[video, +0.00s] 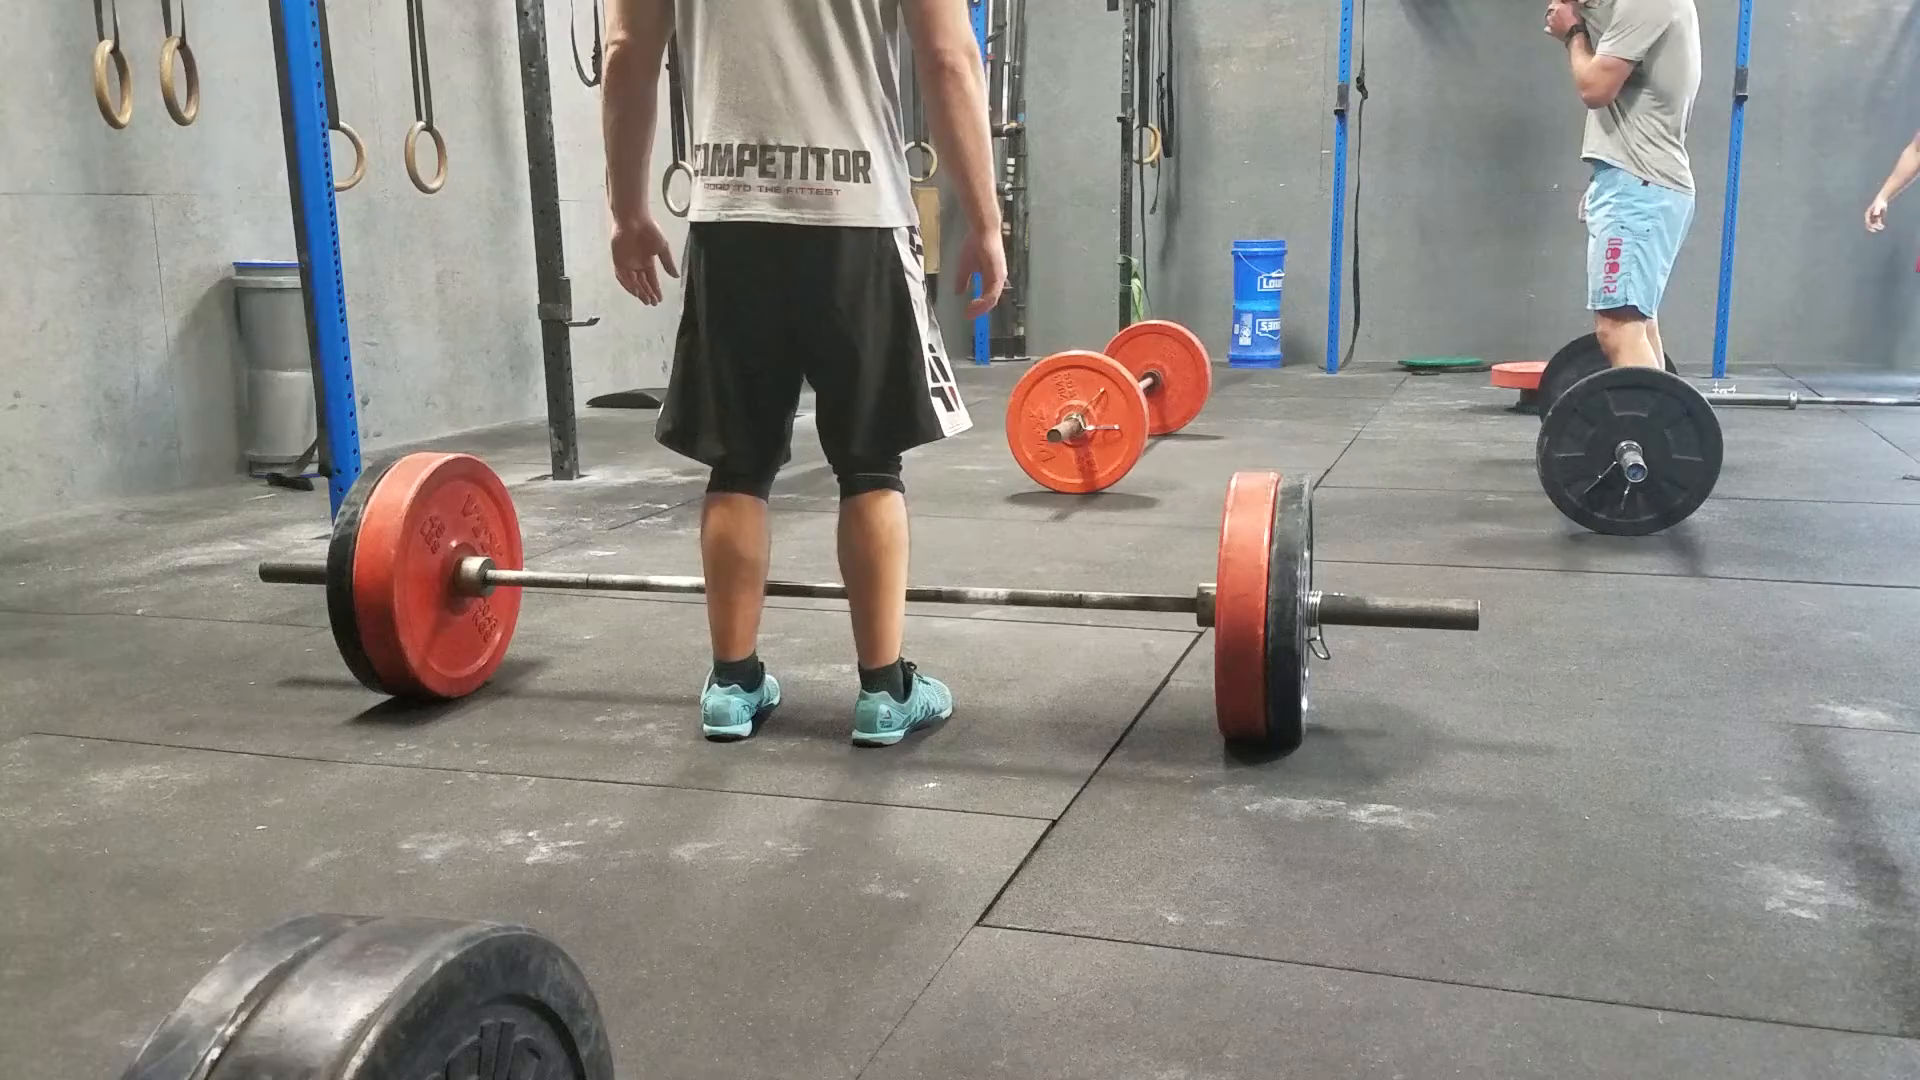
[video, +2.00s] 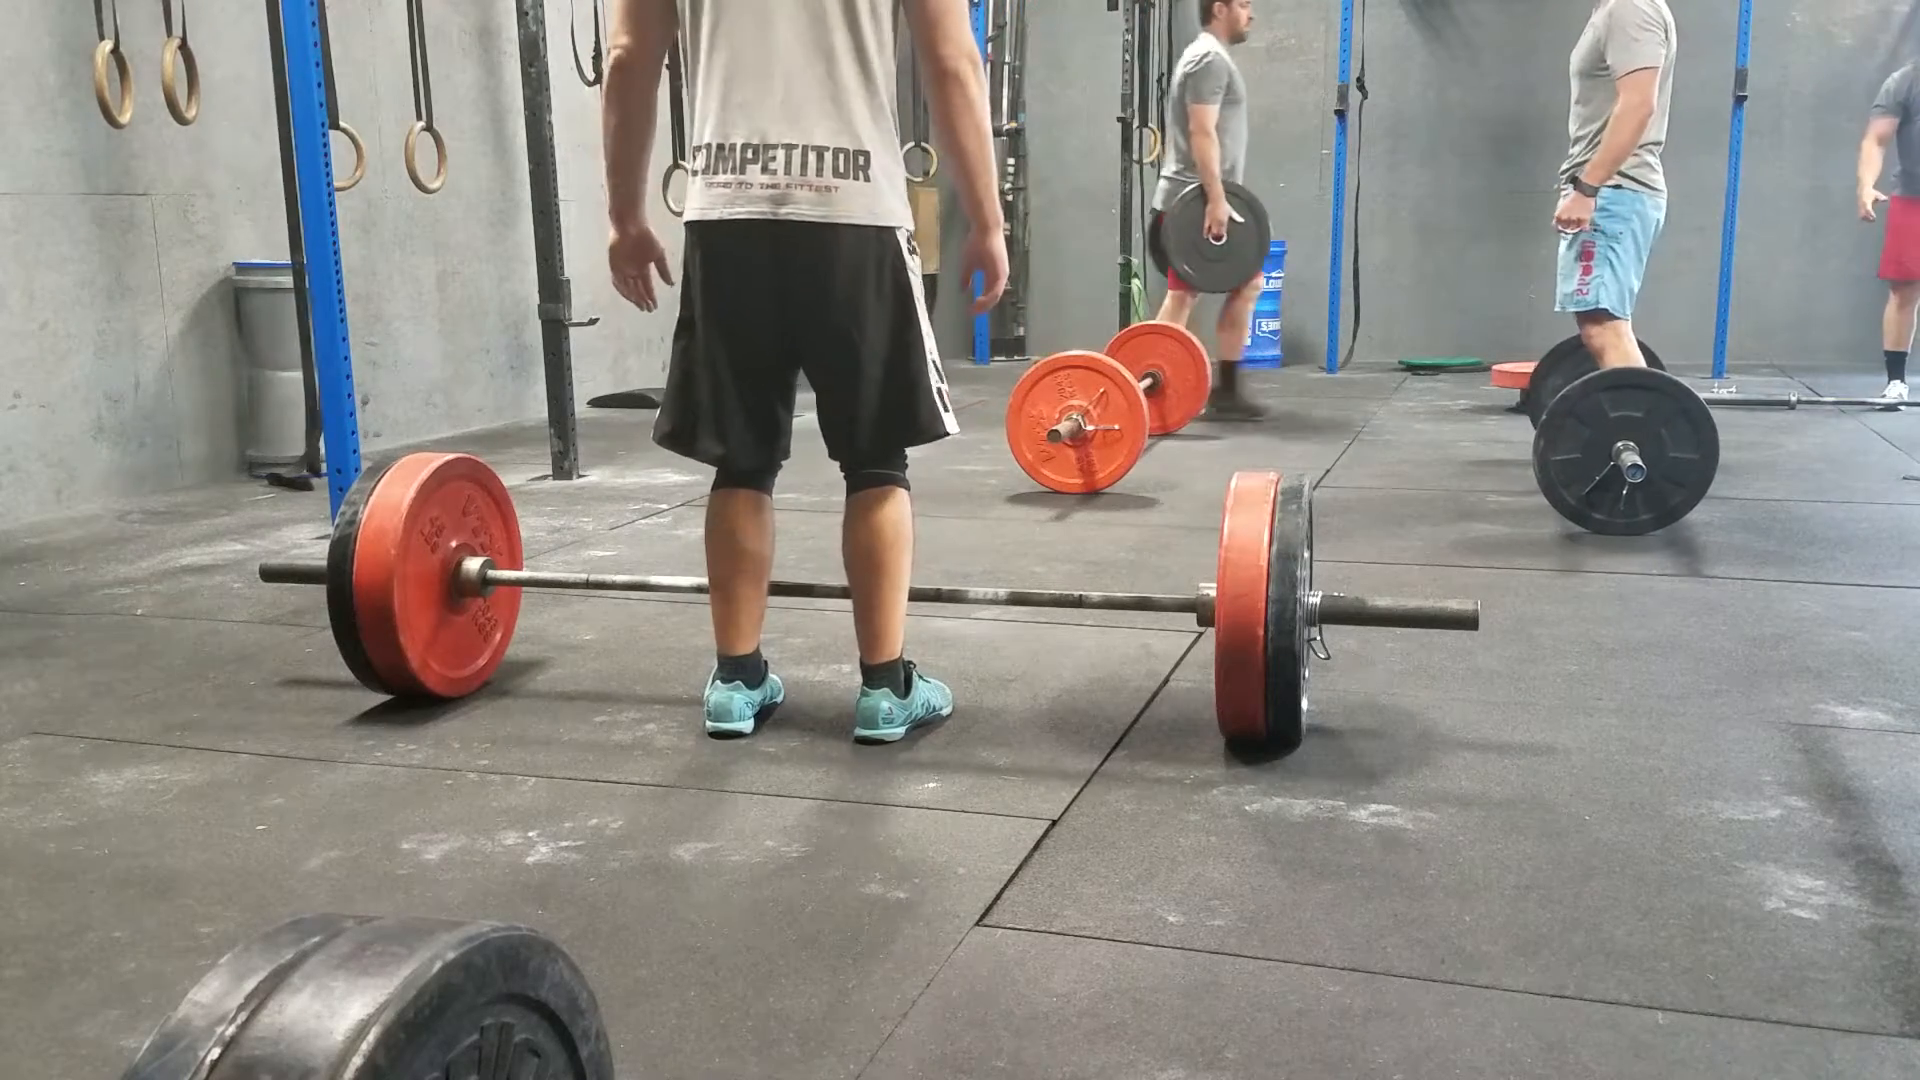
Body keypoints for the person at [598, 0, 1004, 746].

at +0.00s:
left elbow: (630, 49)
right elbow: (947, 56)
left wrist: (628, 208)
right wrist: (984, 219)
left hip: (728, 217)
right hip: (857, 218)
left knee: (737, 464)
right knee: (871, 466)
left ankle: (730, 683)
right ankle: (884, 688)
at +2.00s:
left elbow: (631, 54)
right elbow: (951, 62)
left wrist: (626, 215)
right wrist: (987, 221)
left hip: (724, 216)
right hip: (852, 217)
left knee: (741, 462)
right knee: (876, 464)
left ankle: (734, 679)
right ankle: (884, 685)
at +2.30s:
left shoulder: (665, 4)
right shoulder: (919, 1)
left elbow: (630, 110)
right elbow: (956, 111)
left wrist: (641, 271)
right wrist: (988, 264)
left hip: (709, 210)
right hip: (839, 209)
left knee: (730, 464)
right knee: (879, 462)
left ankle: (733, 680)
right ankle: (884, 686)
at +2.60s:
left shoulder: (685, 6)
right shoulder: (918, 6)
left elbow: (643, 166)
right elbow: (950, 174)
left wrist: (653, 324)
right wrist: (974, 331)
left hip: (693, 216)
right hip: (830, 215)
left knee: (725, 468)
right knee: (881, 466)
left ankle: (733, 680)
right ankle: (884, 687)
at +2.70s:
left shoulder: (688, 7)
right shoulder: (918, 6)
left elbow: (644, 166)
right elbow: (949, 175)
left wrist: (659, 313)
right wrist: (966, 328)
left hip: (695, 211)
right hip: (831, 211)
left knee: (726, 469)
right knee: (880, 466)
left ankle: (733, 680)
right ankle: (884, 686)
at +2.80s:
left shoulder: (688, 6)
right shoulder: (921, 6)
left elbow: (646, 162)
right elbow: (950, 173)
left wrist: (667, 310)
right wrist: (962, 322)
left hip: (696, 208)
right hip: (831, 210)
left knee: (728, 466)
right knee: (880, 465)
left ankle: (733, 680)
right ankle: (884, 686)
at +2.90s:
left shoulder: (689, 6)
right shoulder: (922, 5)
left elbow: (647, 160)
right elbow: (952, 169)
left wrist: (670, 310)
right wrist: (964, 317)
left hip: (697, 209)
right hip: (831, 210)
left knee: (728, 465)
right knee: (880, 463)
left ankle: (734, 679)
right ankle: (884, 686)